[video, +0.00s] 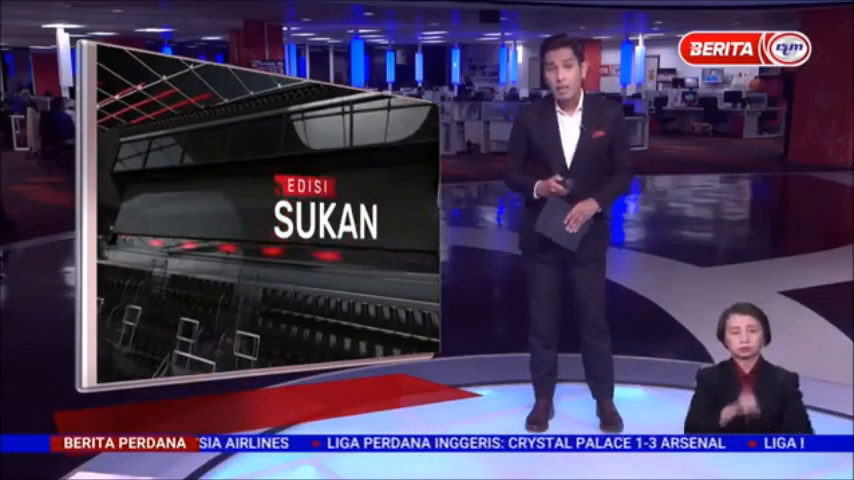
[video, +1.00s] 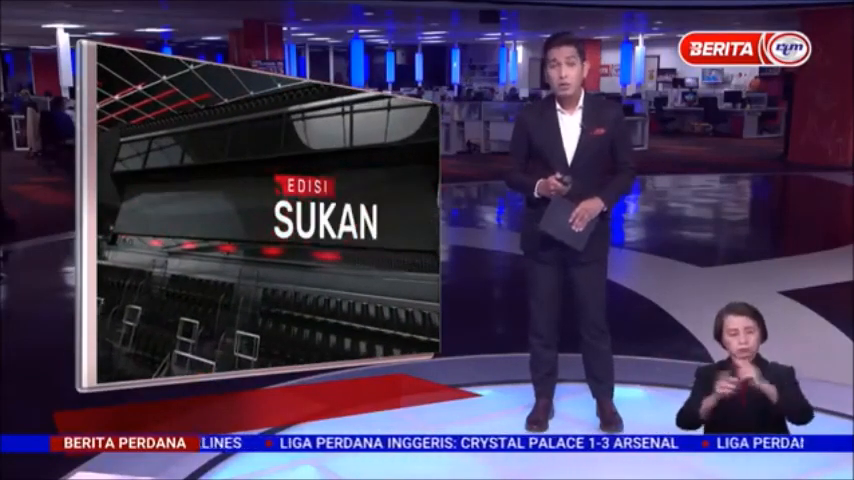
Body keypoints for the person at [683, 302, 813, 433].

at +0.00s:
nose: (744, 338)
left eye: (753, 331)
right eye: (735, 332)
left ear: (764, 337)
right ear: (724, 339)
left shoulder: (785, 381)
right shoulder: (709, 378)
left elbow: (802, 435)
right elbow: (692, 430)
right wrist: (730, 412)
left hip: (772, 463)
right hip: (721, 462)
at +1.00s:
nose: (743, 340)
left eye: (750, 332)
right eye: (734, 333)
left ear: (762, 335)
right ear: (722, 340)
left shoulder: (782, 374)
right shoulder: (709, 375)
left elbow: (804, 416)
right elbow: (685, 421)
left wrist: (765, 386)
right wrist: (716, 397)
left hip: (773, 461)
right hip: (720, 461)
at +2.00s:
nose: (745, 341)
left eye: (752, 333)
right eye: (736, 334)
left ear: (765, 337)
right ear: (725, 340)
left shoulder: (785, 379)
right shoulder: (708, 377)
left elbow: (804, 432)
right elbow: (684, 430)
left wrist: (777, 428)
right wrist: (710, 419)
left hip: (770, 465)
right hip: (716, 464)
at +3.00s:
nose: (747, 340)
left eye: (755, 332)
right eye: (738, 333)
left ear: (768, 337)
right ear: (728, 339)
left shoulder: (787, 381)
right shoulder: (712, 374)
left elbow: (797, 436)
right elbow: (686, 420)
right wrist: (712, 392)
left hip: (770, 465)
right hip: (718, 463)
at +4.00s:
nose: (727, 349)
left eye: (736, 341)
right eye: (720, 340)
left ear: (749, 344)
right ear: (710, 342)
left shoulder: (772, 378)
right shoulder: (697, 381)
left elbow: (802, 427)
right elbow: (682, 436)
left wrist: (775, 397)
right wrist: (709, 408)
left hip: (767, 464)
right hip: (713, 465)